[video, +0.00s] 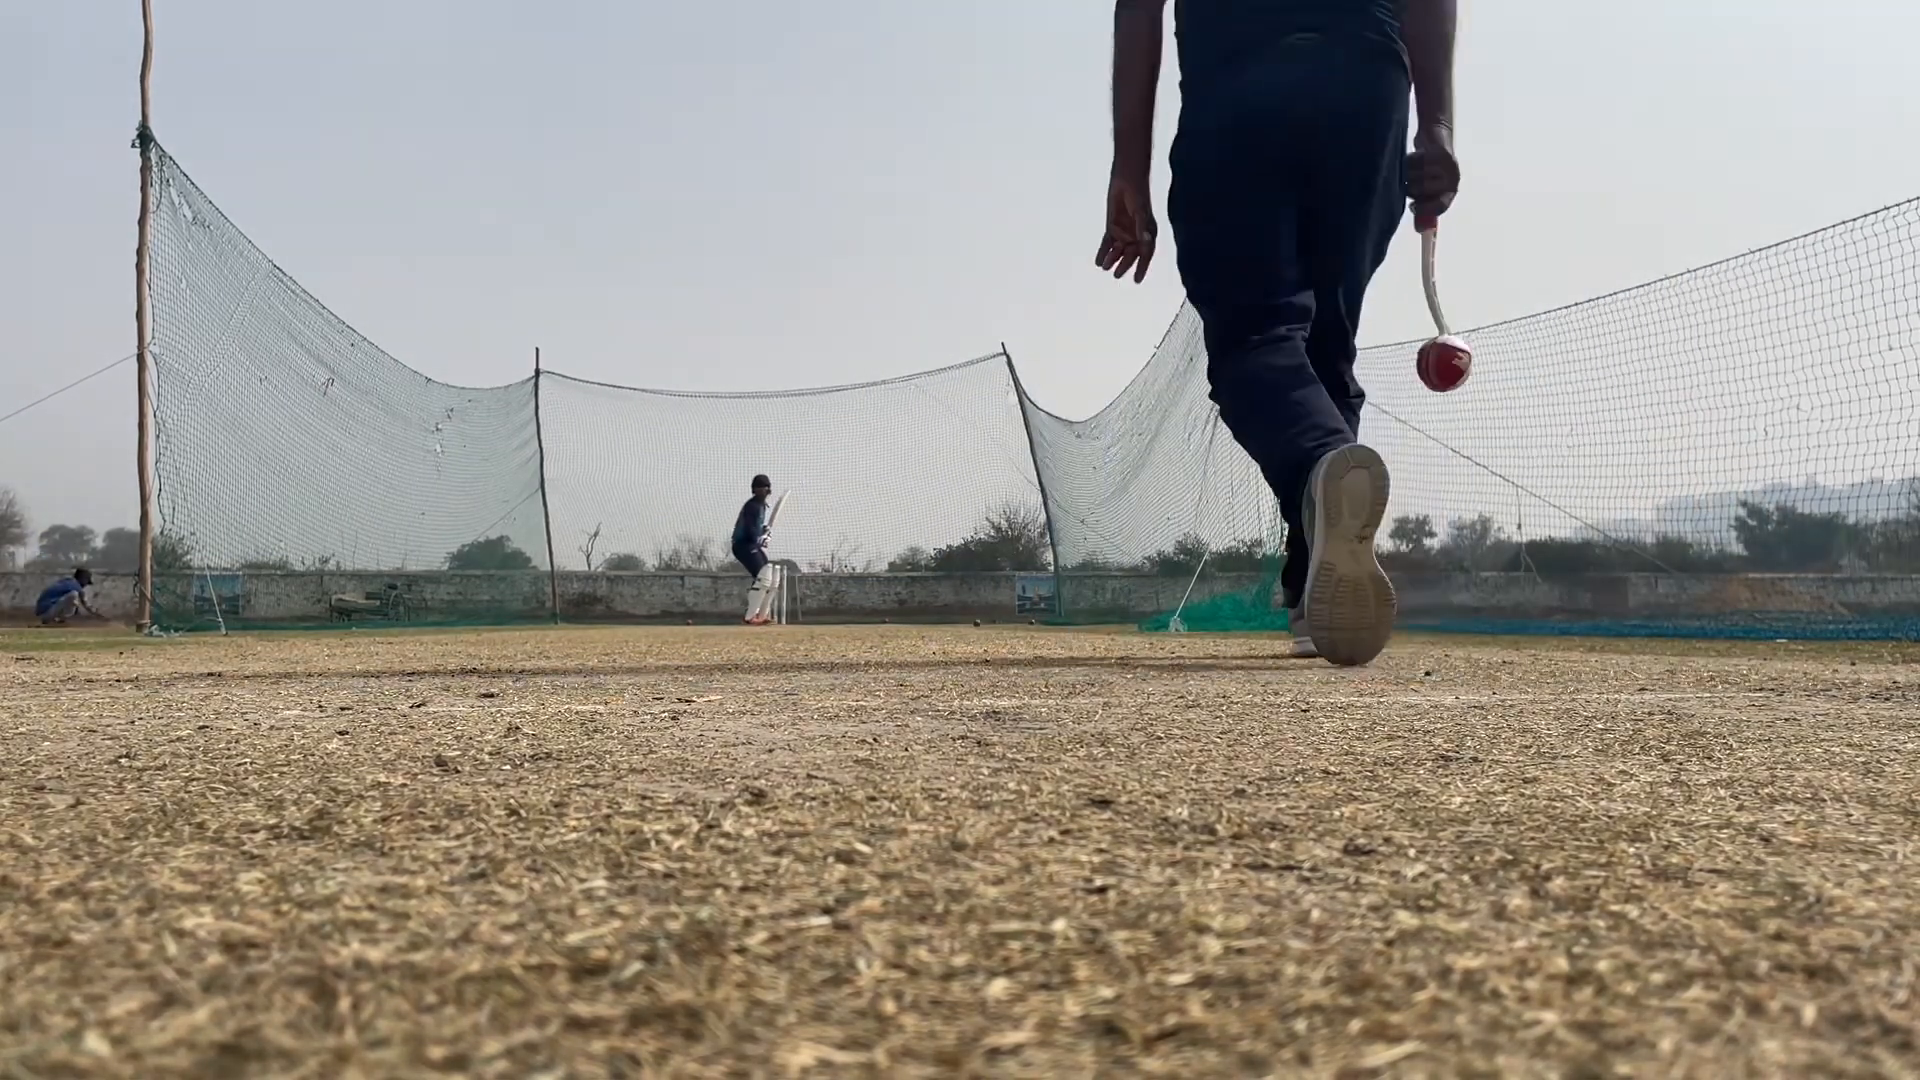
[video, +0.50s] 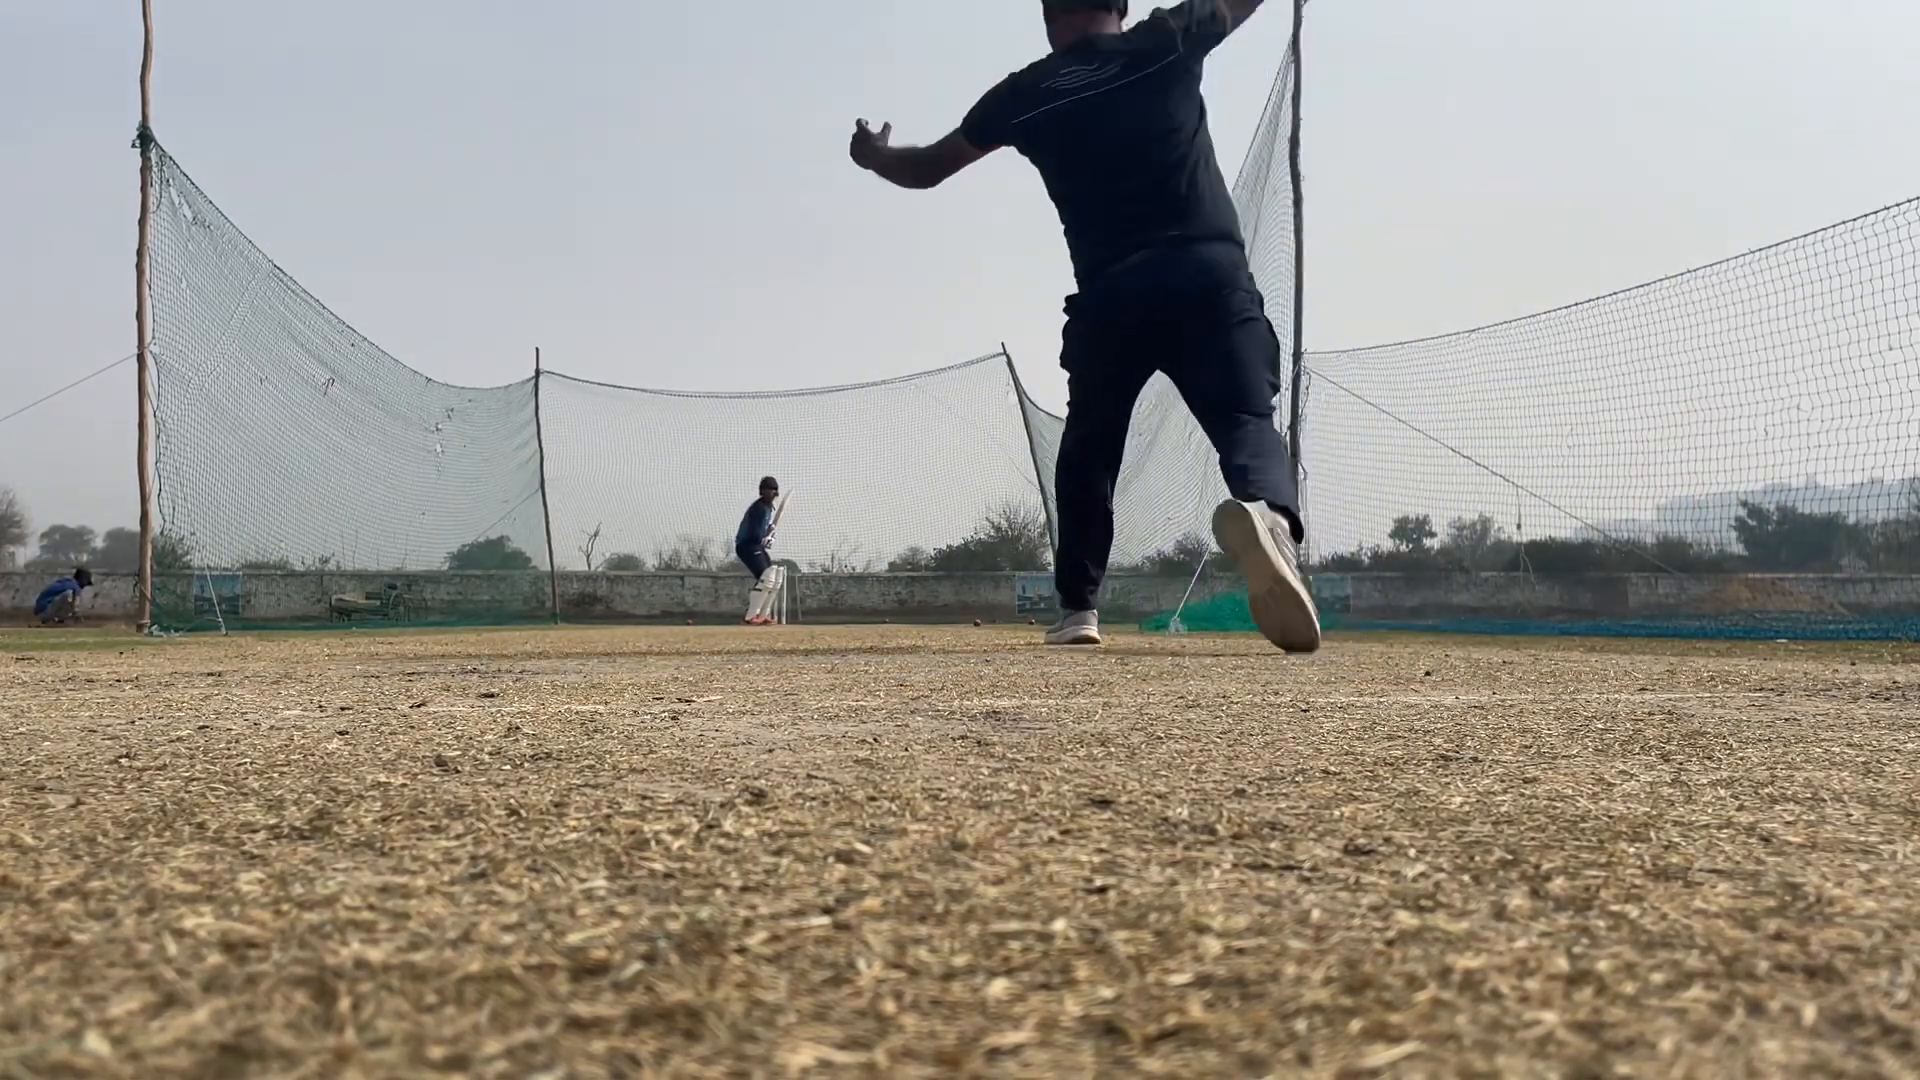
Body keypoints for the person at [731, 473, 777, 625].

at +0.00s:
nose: (767, 491)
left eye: (768, 487)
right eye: (763, 488)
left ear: (768, 489)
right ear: (755, 490)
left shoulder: (762, 506)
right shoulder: (753, 506)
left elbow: (760, 526)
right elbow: (751, 530)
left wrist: (764, 531)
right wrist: (760, 540)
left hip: (752, 543)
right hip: (742, 545)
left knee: (771, 575)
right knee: (763, 575)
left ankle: (762, 615)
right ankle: (750, 615)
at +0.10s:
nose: (766, 491)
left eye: (767, 487)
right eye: (762, 488)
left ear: (769, 489)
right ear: (755, 490)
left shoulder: (762, 505)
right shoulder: (754, 505)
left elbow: (760, 526)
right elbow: (752, 529)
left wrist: (765, 532)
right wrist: (761, 539)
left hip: (752, 543)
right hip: (743, 545)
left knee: (771, 574)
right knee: (764, 575)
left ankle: (762, 615)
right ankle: (750, 615)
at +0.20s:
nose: (767, 491)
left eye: (769, 487)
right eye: (763, 488)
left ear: (771, 489)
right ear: (756, 490)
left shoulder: (764, 507)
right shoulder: (754, 506)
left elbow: (761, 527)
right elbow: (752, 532)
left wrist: (765, 532)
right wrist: (762, 539)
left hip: (754, 544)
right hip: (744, 545)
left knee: (773, 575)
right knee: (765, 576)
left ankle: (763, 615)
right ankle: (751, 615)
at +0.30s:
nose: (769, 491)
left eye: (770, 487)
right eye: (765, 488)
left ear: (772, 489)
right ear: (757, 489)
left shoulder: (765, 507)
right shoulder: (755, 507)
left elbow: (763, 527)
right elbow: (753, 532)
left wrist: (766, 533)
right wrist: (762, 540)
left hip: (754, 545)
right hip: (745, 546)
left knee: (774, 575)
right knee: (766, 576)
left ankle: (763, 615)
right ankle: (751, 616)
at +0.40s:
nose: (771, 491)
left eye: (772, 488)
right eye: (767, 488)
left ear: (774, 490)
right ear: (759, 490)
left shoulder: (766, 507)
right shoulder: (757, 507)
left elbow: (766, 527)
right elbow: (755, 532)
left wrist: (768, 536)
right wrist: (763, 539)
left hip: (755, 545)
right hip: (746, 546)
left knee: (774, 576)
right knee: (766, 576)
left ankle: (763, 615)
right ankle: (751, 615)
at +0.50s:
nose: (773, 493)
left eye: (775, 490)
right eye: (769, 490)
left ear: (776, 492)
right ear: (762, 491)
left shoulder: (769, 509)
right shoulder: (759, 508)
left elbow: (766, 528)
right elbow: (756, 533)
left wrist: (768, 538)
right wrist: (765, 537)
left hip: (757, 545)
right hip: (746, 545)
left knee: (773, 577)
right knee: (765, 577)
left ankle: (763, 615)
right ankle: (751, 615)